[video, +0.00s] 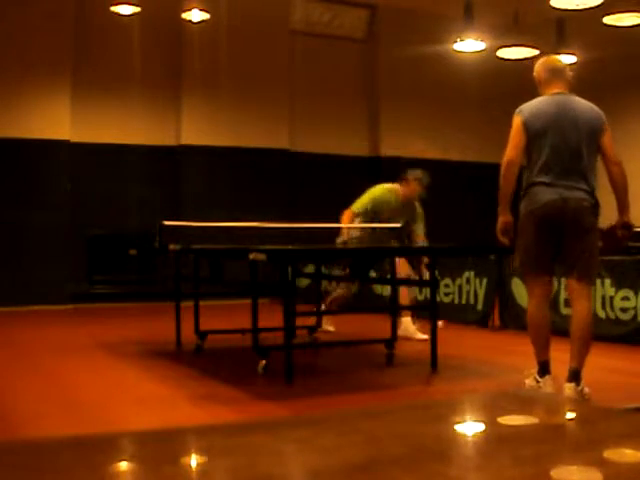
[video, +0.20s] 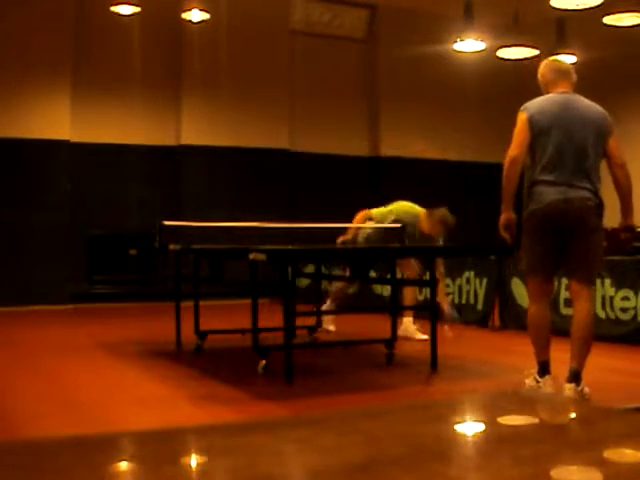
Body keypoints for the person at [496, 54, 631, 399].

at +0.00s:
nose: (535, 84)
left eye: (535, 79)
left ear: (539, 81)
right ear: (568, 78)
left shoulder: (526, 113)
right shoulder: (594, 114)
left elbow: (511, 162)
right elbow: (614, 165)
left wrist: (504, 211)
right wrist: (624, 213)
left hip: (538, 207)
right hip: (581, 207)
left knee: (538, 291)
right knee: (581, 290)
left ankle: (543, 373)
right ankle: (574, 380)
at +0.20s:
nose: (543, 85)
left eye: (542, 80)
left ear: (543, 82)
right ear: (574, 80)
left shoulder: (531, 110)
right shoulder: (599, 114)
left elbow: (514, 158)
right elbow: (619, 168)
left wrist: (507, 207)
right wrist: (628, 217)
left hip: (542, 210)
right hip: (585, 211)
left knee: (538, 293)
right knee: (583, 292)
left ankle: (543, 374)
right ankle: (575, 380)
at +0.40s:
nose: (543, 86)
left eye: (542, 81)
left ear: (544, 81)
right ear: (575, 79)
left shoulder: (532, 108)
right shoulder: (599, 113)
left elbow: (514, 156)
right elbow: (619, 170)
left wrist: (506, 206)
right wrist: (625, 218)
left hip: (541, 210)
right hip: (584, 211)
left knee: (535, 293)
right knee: (583, 293)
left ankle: (538, 372)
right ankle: (574, 380)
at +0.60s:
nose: (536, 84)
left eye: (534, 79)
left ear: (537, 79)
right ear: (567, 76)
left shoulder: (525, 108)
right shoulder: (594, 111)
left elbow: (507, 158)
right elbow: (614, 165)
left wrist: (499, 206)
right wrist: (620, 214)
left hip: (535, 212)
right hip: (579, 213)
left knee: (518, 289)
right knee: (582, 293)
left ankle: (509, 368)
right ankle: (574, 381)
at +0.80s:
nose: (518, 82)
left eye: (517, 78)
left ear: (520, 79)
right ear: (550, 76)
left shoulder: (508, 111)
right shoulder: (579, 110)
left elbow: (489, 163)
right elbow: (601, 163)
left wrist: (486, 207)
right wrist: (611, 209)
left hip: (519, 216)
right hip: (565, 217)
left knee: (499, 288)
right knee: (574, 296)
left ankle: (477, 371)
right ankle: (573, 380)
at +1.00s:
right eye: (525, 70)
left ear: (495, 79)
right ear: (526, 75)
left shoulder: (482, 111)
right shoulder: (554, 110)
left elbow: (464, 164)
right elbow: (575, 163)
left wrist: (468, 205)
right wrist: (593, 211)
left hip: (495, 216)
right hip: (541, 215)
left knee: (486, 292)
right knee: (559, 294)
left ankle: (476, 377)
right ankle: (570, 379)